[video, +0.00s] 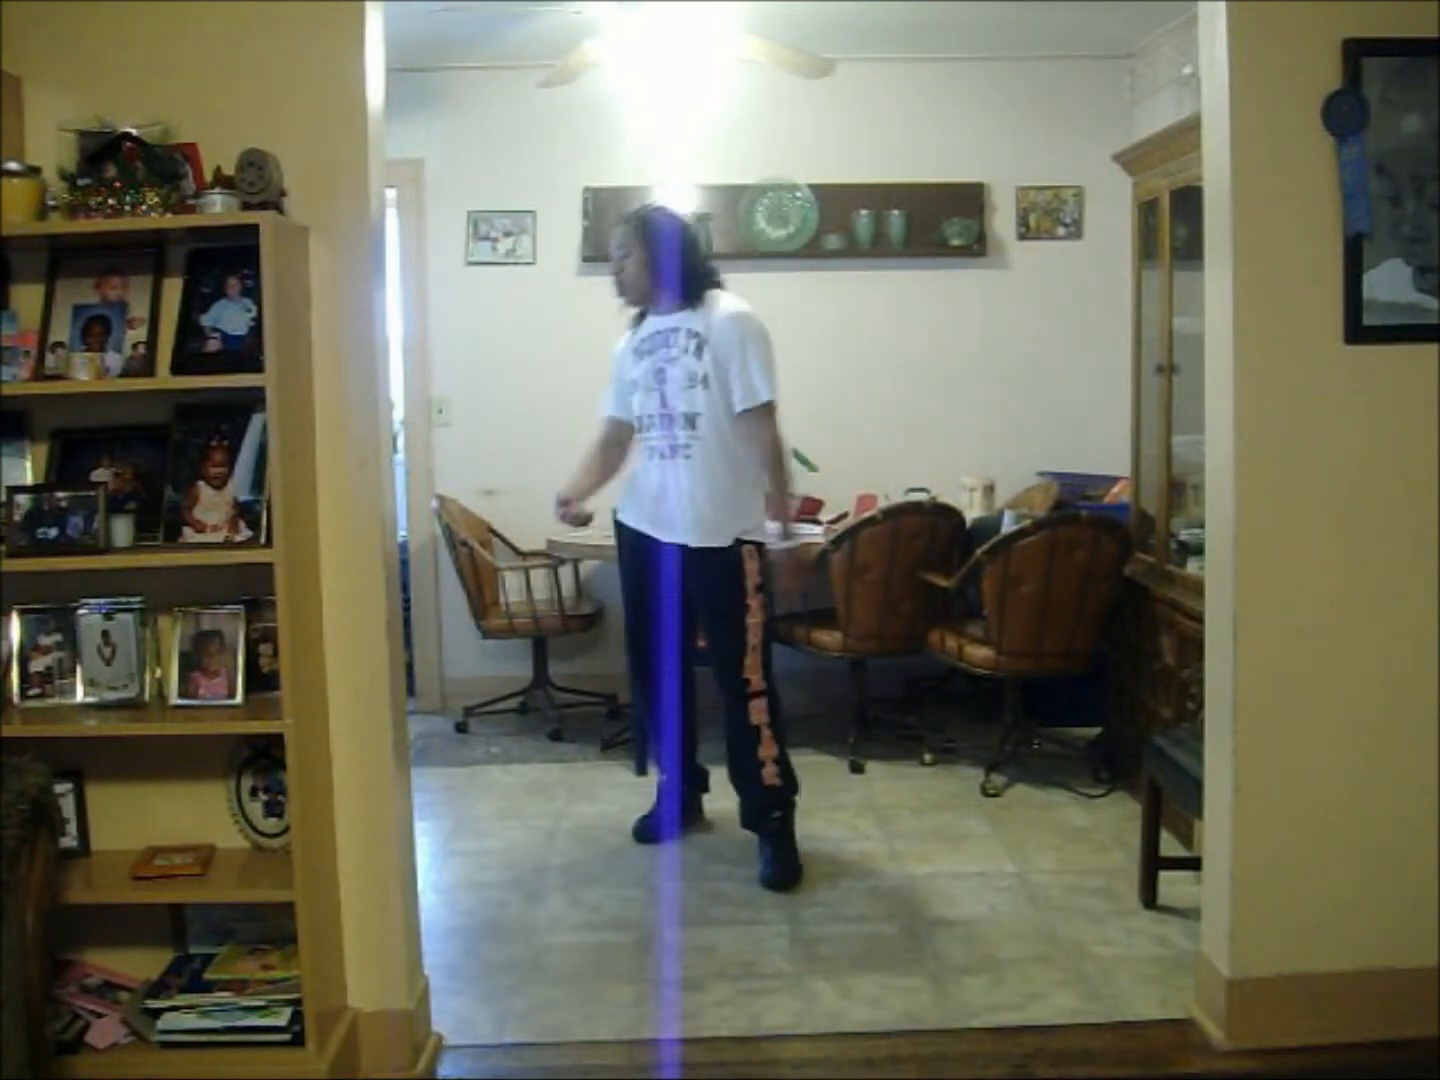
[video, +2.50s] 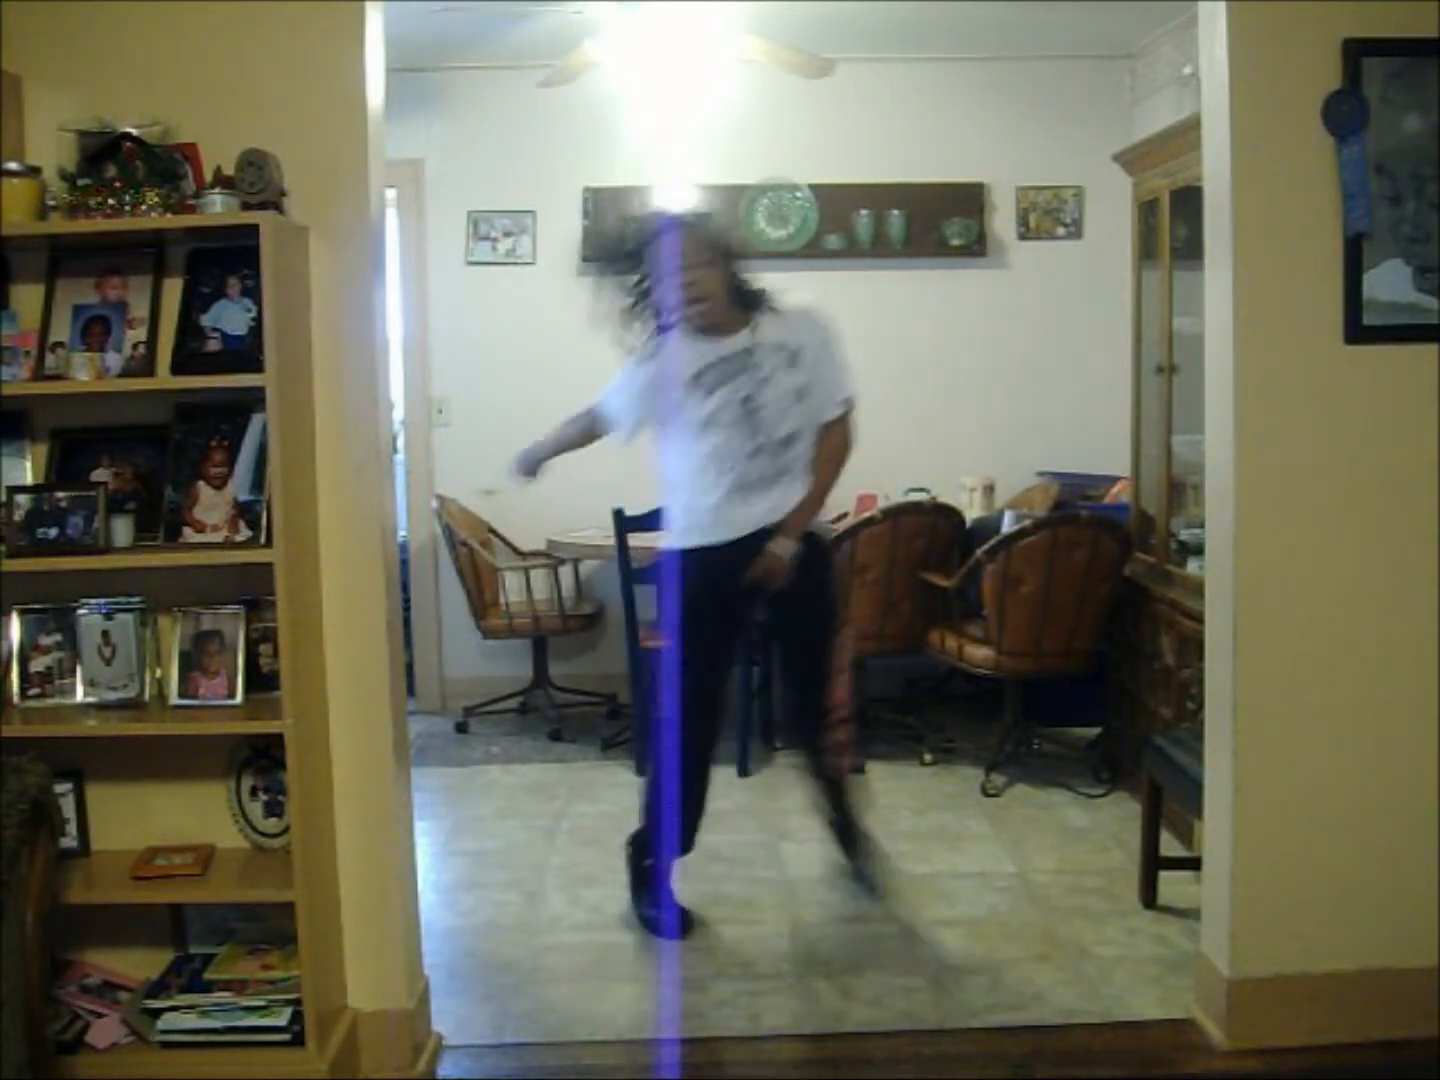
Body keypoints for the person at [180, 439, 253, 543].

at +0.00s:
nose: (219, 472)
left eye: (224, 467)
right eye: (214, 466)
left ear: (231, 469)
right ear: (203, 468)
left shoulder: (231, 488)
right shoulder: (199, 489)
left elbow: (236, 509)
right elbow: (186, 511)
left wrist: (234, 524)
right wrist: (199, 526)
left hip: (225, 533)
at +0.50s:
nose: (219, 472)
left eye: (224, 467)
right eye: (214, 466)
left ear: (230, 469)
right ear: (203, 468)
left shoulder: (231, 488)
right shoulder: (199, 488)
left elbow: (236, 509)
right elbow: (186, 511)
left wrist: (234, 523)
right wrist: (199, 526)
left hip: (225, 532)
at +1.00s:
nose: (219, 472)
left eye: (224, 467)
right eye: (214, 466)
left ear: (231, 469)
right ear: (203, 468)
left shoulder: (231, 488)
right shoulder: (199, 488)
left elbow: (236, 509)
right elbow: (186, 511)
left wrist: (234, 523)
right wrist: (199, 526)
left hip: (225, 534)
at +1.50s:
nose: (219, 472)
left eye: (224, 467)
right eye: (214, 466)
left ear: (230, 469)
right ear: (203, 468)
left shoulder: (231, 488)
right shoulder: (199, 488)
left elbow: (236, 509)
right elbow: (186, 510)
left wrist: (234, 523)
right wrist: (198, 525)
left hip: (225, 534)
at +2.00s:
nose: (219, 472)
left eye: (224, 467)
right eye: (214, 466)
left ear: (231, 469)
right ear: (203, 468)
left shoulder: (231, 488)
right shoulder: (199, 488)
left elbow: (236, 509)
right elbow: (186, 511)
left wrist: (234, 523)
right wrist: (199, 526)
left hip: (225, 533)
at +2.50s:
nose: (219, 472)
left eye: (224, 467)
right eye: (214, 466)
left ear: (231, 469)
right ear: (203, 468)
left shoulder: (231, 488)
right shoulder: (199, 488)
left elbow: (236, 509)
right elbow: (186, 511)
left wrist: (234, 523)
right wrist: (199, 526)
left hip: (225, 533)